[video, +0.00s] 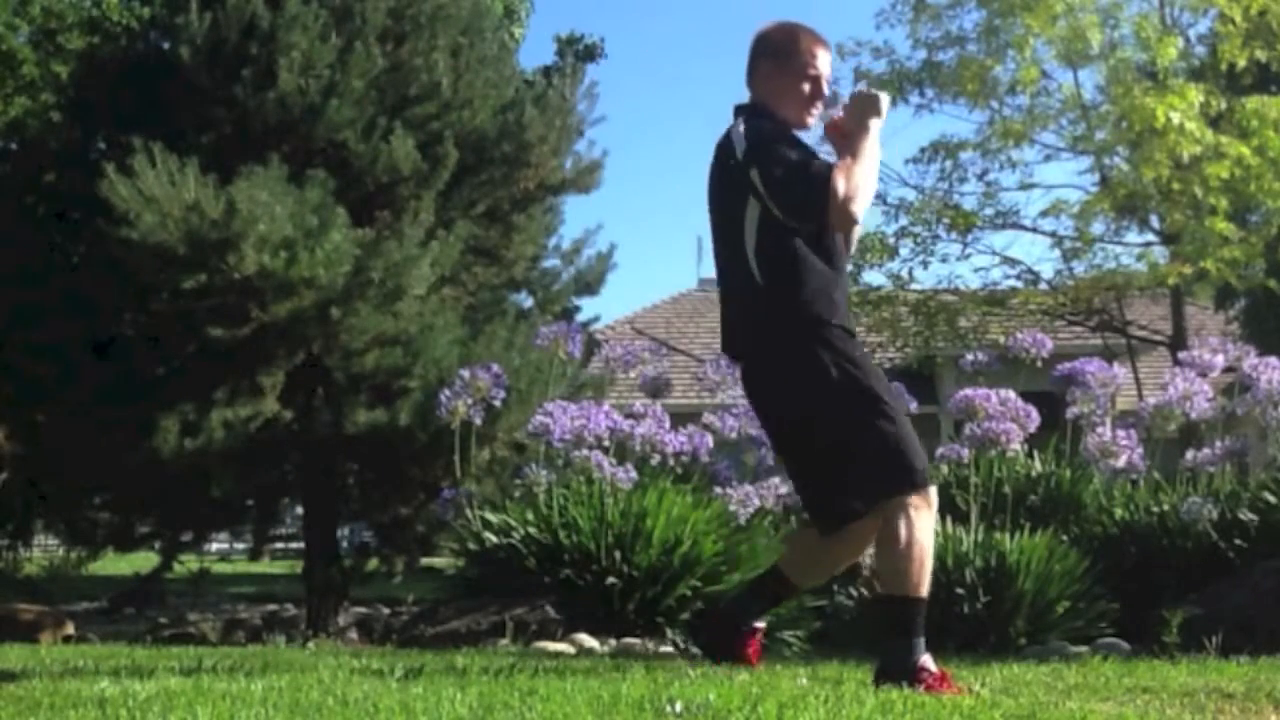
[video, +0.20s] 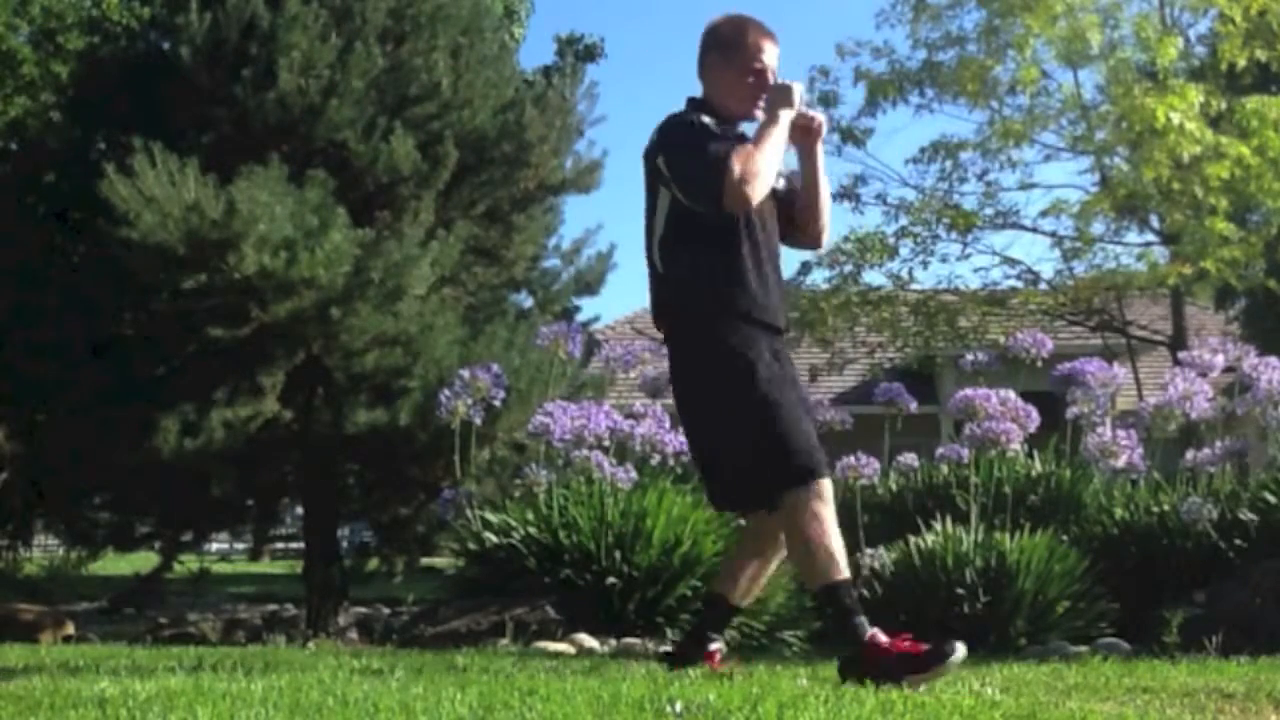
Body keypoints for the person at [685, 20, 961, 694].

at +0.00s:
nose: (821, 92)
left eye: (824, 81)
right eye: (810, 78)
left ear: (783, 83)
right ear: (766, 73)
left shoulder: (755, 142)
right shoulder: (762, 138)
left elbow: (834, 237)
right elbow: (840, 211)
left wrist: (845, 147)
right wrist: (866, 135)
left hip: (780, 351)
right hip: (812, 343)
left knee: (856, 519)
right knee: (908, 488)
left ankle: (735, 618)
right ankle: (905, 661)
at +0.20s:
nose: (768, 84)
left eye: (772, 73)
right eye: (756, 70)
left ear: (763, 79)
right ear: (711, 67)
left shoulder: (743, 149)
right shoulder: (683, 135)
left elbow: (809, 233)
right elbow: (741, 189)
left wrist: (810, 151)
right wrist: (778, 120)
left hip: (756, 341)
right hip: (724, 342)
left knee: (780, 508)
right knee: (807, 482)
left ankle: (697, 644)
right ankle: (860, 645)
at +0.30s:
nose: (737, 70)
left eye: (742, 60)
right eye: (725, 57)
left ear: (739, 65)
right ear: (682, 54)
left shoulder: (725, 141)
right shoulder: (645, 119)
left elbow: (787, 225)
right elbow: (682, 186)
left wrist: (785, 147)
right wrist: (742, 122)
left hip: (736, 324)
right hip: (677, 322)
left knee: (741, 480)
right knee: (762, 448)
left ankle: (694, 637)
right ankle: (778, 630)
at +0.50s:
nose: (669, 75)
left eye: (675, 66)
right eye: (655, 62)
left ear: (680, 75)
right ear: (616, 64)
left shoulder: (677, 154)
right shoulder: (575, 133)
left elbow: (729, 238)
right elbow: (598, 198)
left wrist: (723, 164)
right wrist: (667, 138)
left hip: (684, 338)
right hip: (611, 334)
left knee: (699, 495)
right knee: (636, 488)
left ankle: (686, 642)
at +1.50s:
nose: (476, 81)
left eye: (486, 74)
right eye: (466, 68)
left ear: (496, 82)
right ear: (432, 64)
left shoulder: (511, 144)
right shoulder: (390, 127)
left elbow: (561, 228)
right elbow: (372, 200)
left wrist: (537, 161)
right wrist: (453, 139)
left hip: (487, 334)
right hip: (401, 332)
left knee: (507, 488)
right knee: (380, 490)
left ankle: (513, 633)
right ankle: (364, 620)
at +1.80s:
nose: (450, 77)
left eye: (459, 70)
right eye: (438, 64)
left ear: (466, 80)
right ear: (399, 65)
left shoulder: (485, 142)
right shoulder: (359, 130)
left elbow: (540, 215)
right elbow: (360, 195)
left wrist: (515, 139)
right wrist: (433, 124)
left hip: (473, 335)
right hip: (385, 336)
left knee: (497, 480)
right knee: (366, 494)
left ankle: (489, 626)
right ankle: (352, 634)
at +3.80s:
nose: (501, 86)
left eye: (510, 78)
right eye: (488, 74)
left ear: (520, 86)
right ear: (451, 76)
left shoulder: (535, 148)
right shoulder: (412, 143)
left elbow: (593, 227)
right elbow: (404, 203)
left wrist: (564, 157)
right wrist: (476, 136)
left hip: (531, 348)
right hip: (439, 353)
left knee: (609, 458)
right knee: (394, 504)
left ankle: (622, 618)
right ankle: (355, 631)